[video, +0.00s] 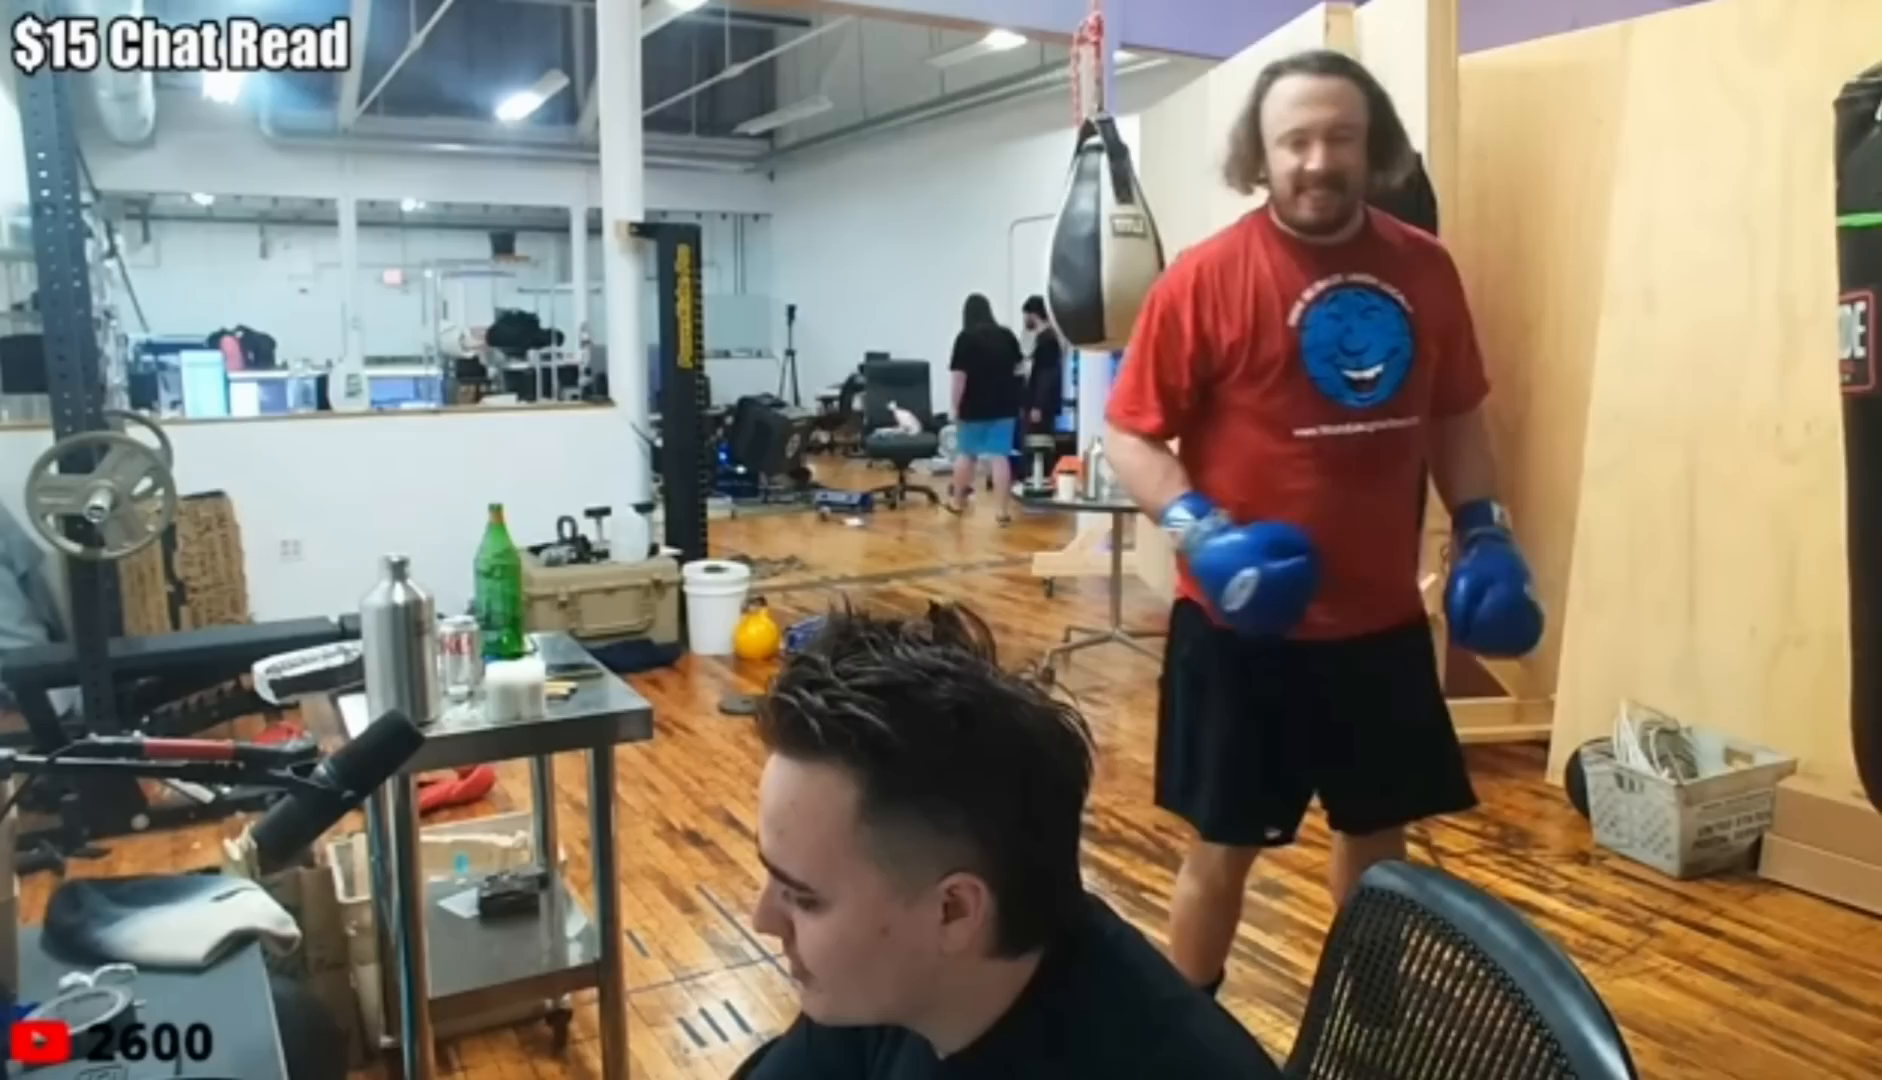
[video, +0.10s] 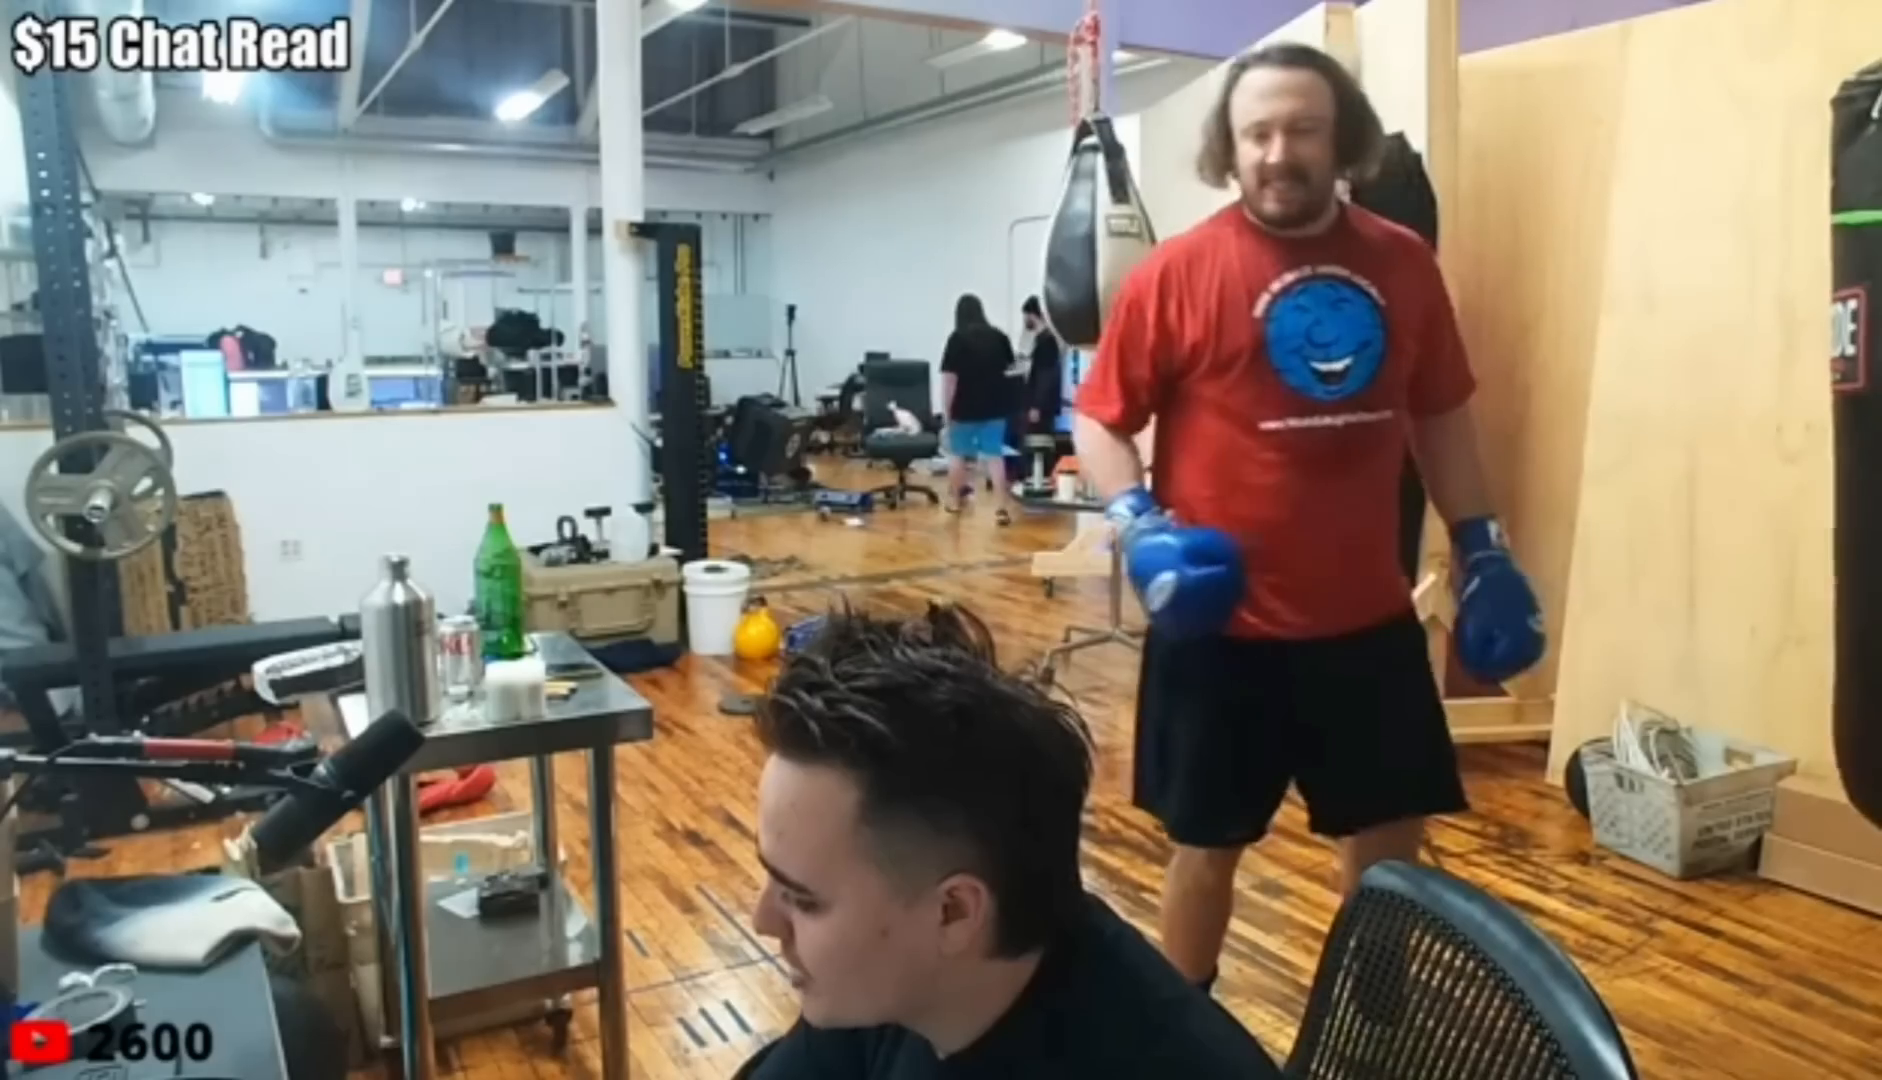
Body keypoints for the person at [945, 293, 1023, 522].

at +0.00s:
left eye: (966, 313)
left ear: (966, 313)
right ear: (989, 311)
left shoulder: (965, 338)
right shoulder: (1006, 335)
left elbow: (959, 376)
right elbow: (1018, 366)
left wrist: (955, 406)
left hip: (973, 407)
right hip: (1004, 406)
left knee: (966, 455)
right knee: (1000, 458)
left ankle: (958, 501)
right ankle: (1003, 510)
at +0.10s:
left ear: (958, 313)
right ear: (981, 311)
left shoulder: (957, 339)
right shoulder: (998, 336)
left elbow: (950, 378)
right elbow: (1010, 367)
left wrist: (946, 409)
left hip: (964, 408)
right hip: (995, 407)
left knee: (958, 458)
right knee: (995, 457)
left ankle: (955, 502)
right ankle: (1002, 508)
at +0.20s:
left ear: (952, 311)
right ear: (976, 310)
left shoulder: (950, 336)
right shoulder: (989, 331)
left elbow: (942, 373)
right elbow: (1005, 360)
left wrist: (939, 405)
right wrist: (987, 366)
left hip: (958, 404)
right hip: (986, 403)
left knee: (955, 455)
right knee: (991, 454)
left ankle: (954, 499)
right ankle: (994, 493)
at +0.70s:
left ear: (954, 315)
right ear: (976, 314)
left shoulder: (945, 339)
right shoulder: (985, 337)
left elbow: (928, 372)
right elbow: (1005, 353)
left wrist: (930, 404)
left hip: (952, 407)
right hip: (980, 406)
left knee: (950, 457)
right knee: (979, 456)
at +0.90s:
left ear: (961, 311)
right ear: (984, 311)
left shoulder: (954, 336)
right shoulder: (993, 334)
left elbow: (946, 371)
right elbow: (1005, 370)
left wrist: (946, 399)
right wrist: (1011, 404)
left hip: (962, 399)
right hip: (989, 399)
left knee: (955, 442)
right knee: (985, 446)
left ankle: (957, 483)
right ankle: (985, 489)